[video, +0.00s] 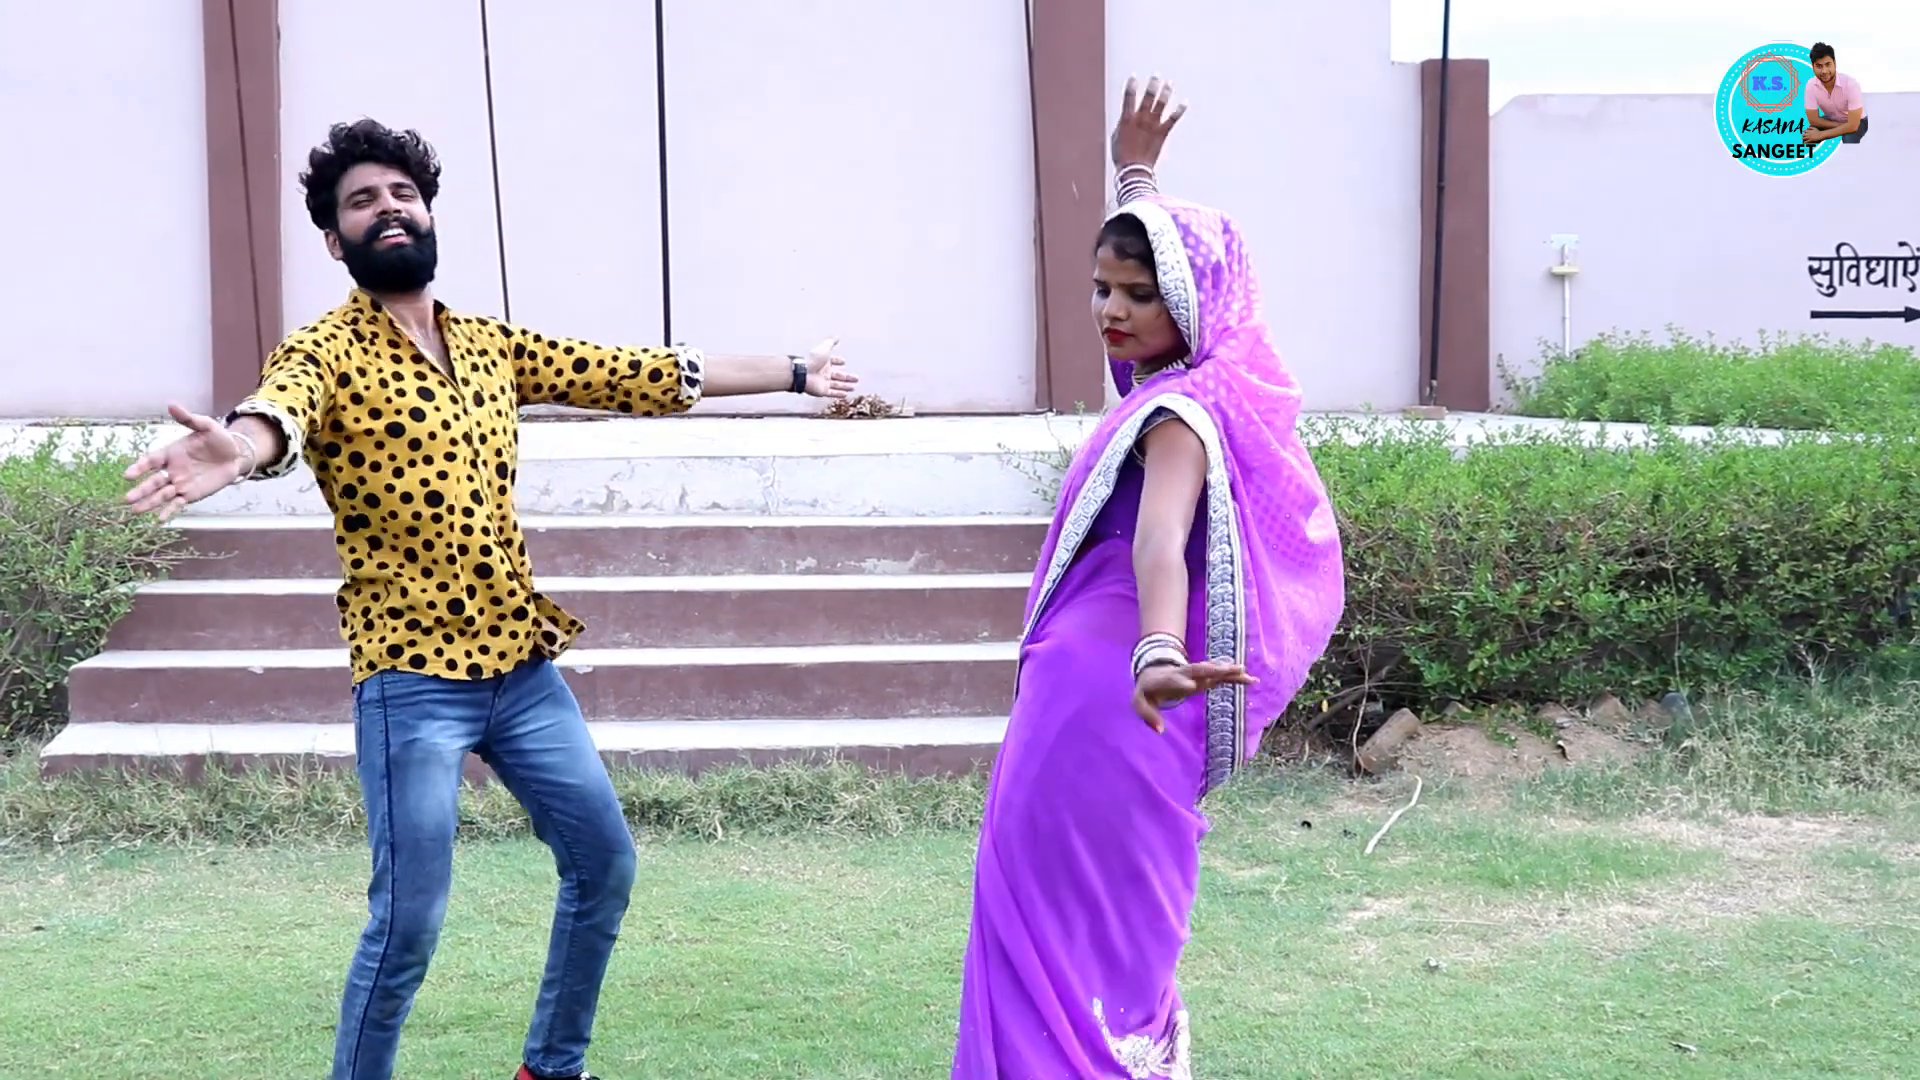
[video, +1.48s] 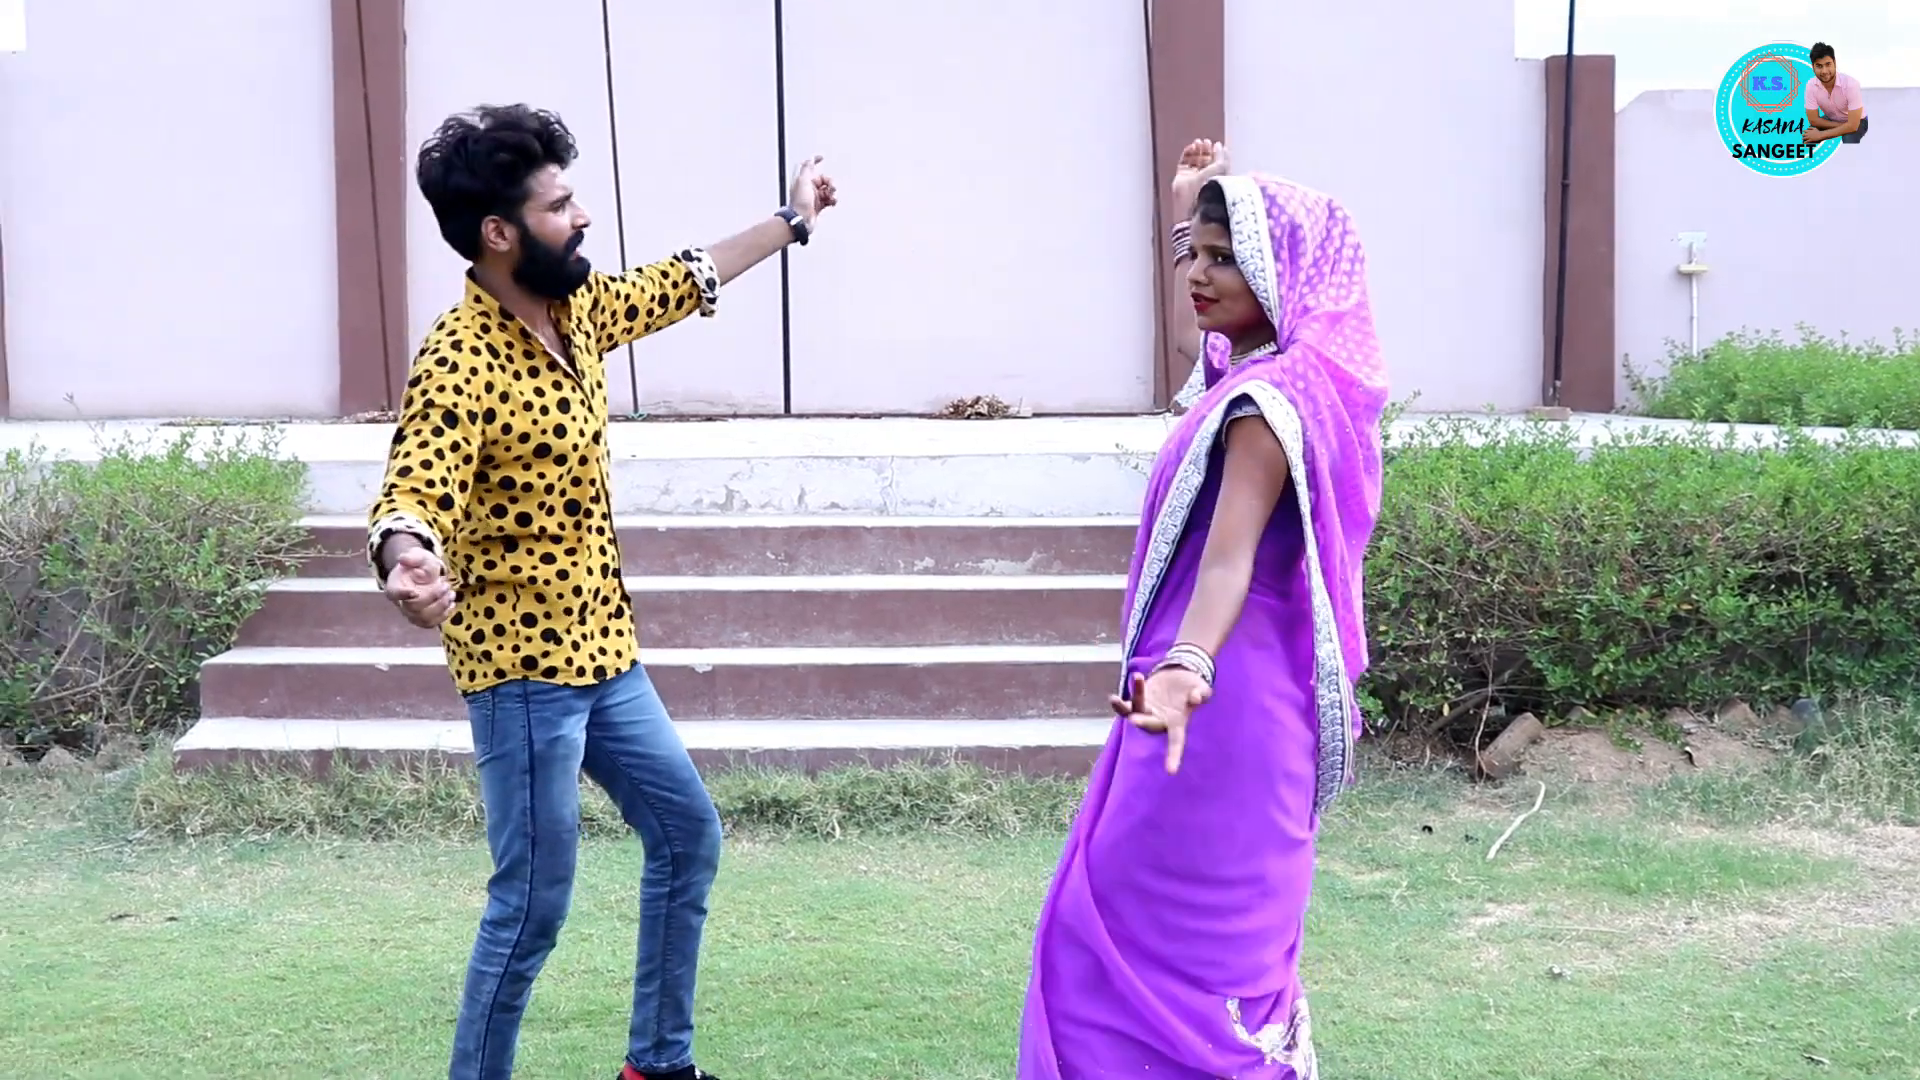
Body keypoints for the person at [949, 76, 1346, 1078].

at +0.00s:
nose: (1111, 311)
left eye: (1135, 294)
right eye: (1104, 290)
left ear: (1189, 307)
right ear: (1103, 291)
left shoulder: (1177, 414)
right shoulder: (1167, 392)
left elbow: (1164, 541)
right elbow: (1128, 275)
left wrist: (1159, 646)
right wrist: (1134, 172)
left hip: (1099, 718)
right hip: (1112, 708)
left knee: (1029, 939)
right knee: (1122, 949)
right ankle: (1137, 1056)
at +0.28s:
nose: (1111, 314)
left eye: (1134, 297)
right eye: (1104, 291)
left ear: (1194, 301)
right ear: (1096, 282)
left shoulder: (1168, 416)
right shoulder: (1228, 389)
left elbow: (1161, 563)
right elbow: (1218, 273)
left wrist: (1115, 680)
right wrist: (1165, 196)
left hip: (1112, 731)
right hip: (1174, 729)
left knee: (979, 926)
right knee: (1144, 951)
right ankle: (1144, 1063)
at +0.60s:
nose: (1104, 308)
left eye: (1127, 291)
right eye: (1097, 286)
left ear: (1186, 300)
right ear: (1089, 281)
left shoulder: (1159, 416)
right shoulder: (1199, 388)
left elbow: (1117, 556)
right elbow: (1183, 287)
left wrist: (1066, 649)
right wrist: (1176, 172)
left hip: (1075, 718)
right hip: (1120, 711)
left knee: (1033, 960)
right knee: (1109, 949)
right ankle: (1133, 1061)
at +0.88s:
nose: (1084, 282)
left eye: (1108, 265)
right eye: (1080, 262)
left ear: (1165, 278)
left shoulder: (1143, 395)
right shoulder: (1207, 372)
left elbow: (1104, 528)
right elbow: (1184, 271)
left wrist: (1049, 623)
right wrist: (1160, 160)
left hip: (1092, 699)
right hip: (1160, 701)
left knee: (981, 892)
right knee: (1141, 927)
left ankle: (1019, 1065)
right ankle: (1153, 1060)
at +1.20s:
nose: (1123, 281)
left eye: (1144, 262)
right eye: (1121, 260)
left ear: (1208, 275)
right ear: (1226, 278)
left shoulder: (1189, 405)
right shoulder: (1266, 384)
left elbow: (1149, 561)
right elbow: (1256, 265)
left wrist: (1069, 686)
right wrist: (1205, 181)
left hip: (1148, 714)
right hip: (1213, 712)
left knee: (1078, 963)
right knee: (1189, 959)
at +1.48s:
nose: (1197, 275)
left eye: (1220, 258)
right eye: (1193, 257)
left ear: (1282, 275)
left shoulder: (1263, 403)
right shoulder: (1300, 372)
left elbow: (1230, 555)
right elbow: (1207, 317)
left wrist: (1186, 662)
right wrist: (1188, 207)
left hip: (1216, 717)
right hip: (1263, 711)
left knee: (1086, 928)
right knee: (1244, 953)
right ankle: (1259, 1062)